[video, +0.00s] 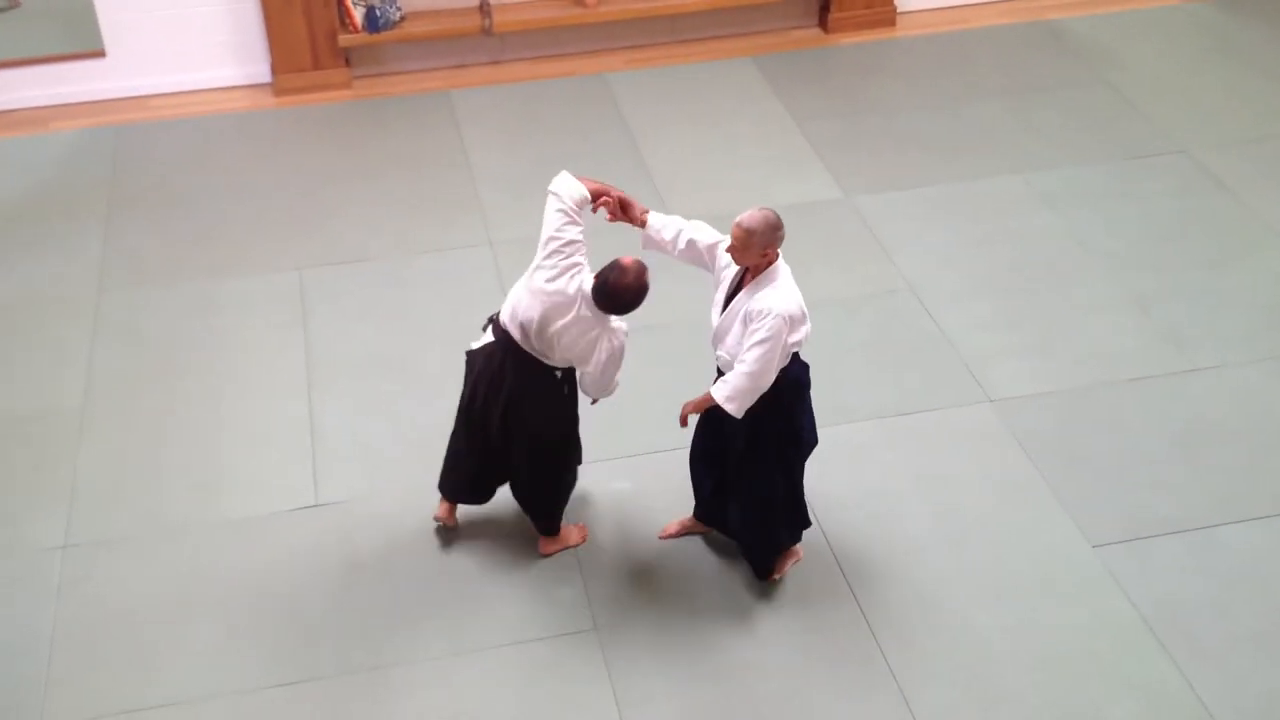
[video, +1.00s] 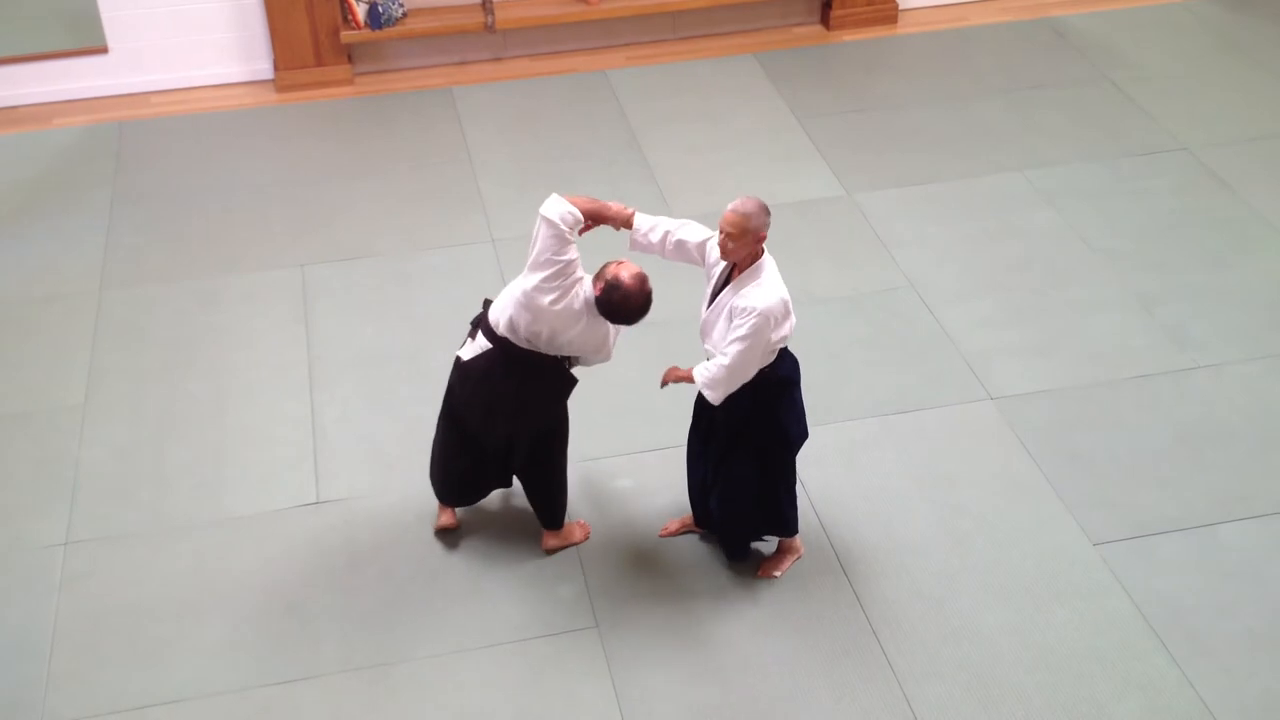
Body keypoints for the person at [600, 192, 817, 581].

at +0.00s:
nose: (728, 246)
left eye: (737, 244)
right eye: (731, 238)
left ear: (766, 254)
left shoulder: (777, 308)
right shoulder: (735, 258)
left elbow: (754, 373)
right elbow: (690, 237)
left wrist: (708, 400)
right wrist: (641, 217)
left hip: (771, 398)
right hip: (731, 382)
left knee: (766, 474)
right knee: (709, 452)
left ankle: (783, 547)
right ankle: (707, 515)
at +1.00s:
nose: (719, 242)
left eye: (729, 238)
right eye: (720, 233)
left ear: (757, 244)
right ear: (720, 226)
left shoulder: (763, 302)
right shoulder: (721, 252)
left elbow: (729, 367)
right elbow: (676, 234)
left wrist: (687, 374)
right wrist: (621, 216)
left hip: (763, 388)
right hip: (725, 376)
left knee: (773, 467)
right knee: (707, 449)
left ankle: (789, 543)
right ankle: (706, 515)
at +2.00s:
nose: (803, 224)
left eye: (814, 218)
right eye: (800, 214)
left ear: (837, 223)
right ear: (796, 212)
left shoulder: (847, 281)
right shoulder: (789, 254)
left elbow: (852, 355)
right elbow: (751, 297)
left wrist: (796, 379)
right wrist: (700, 323)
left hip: (821, 391)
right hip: (785, 373)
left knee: (782, 474)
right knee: (792, 441)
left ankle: (782, 555)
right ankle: (838, 474)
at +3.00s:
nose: (961, 184)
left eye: (970, 178)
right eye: (960, 175)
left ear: (997, 181)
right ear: (960, 170)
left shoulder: (1008, 231)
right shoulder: (956, 201)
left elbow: (967, 287)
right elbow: (916, 237)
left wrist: (900, 279)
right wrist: (869, 271)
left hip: (981, 327)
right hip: (939, 314)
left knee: (975, 398)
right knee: (904, 381)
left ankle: (988, 462)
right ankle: (884, 454)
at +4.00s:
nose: (910, 174)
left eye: (919, 169)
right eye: (909, 166)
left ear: (946, 170)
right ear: (908, 162)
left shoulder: (955, 219)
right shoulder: (910, 195)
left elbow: (904, 261)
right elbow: (883, 232)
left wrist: (847, 269)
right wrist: (851, 256)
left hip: (956, 309)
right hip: (914, 301)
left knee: (959, 389)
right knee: (881, 373)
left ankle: (999, 466)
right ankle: (879, 434)